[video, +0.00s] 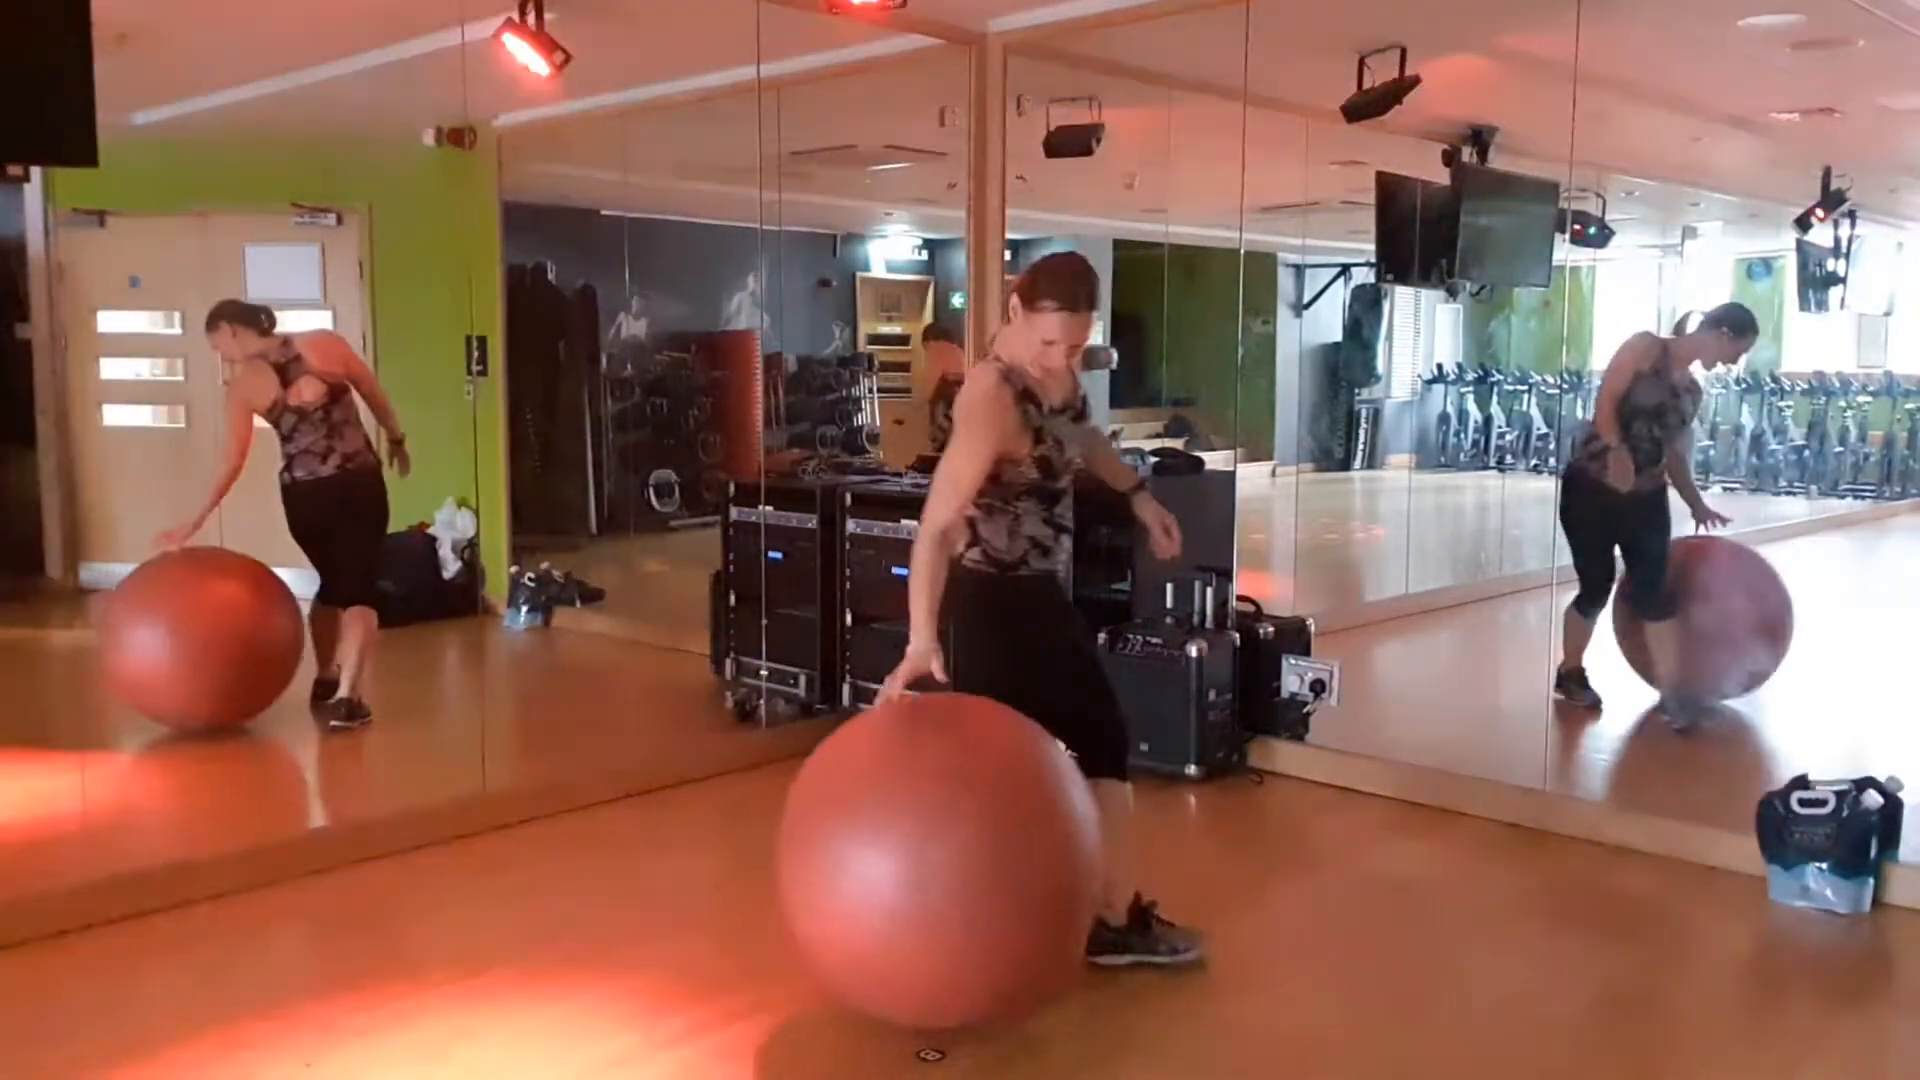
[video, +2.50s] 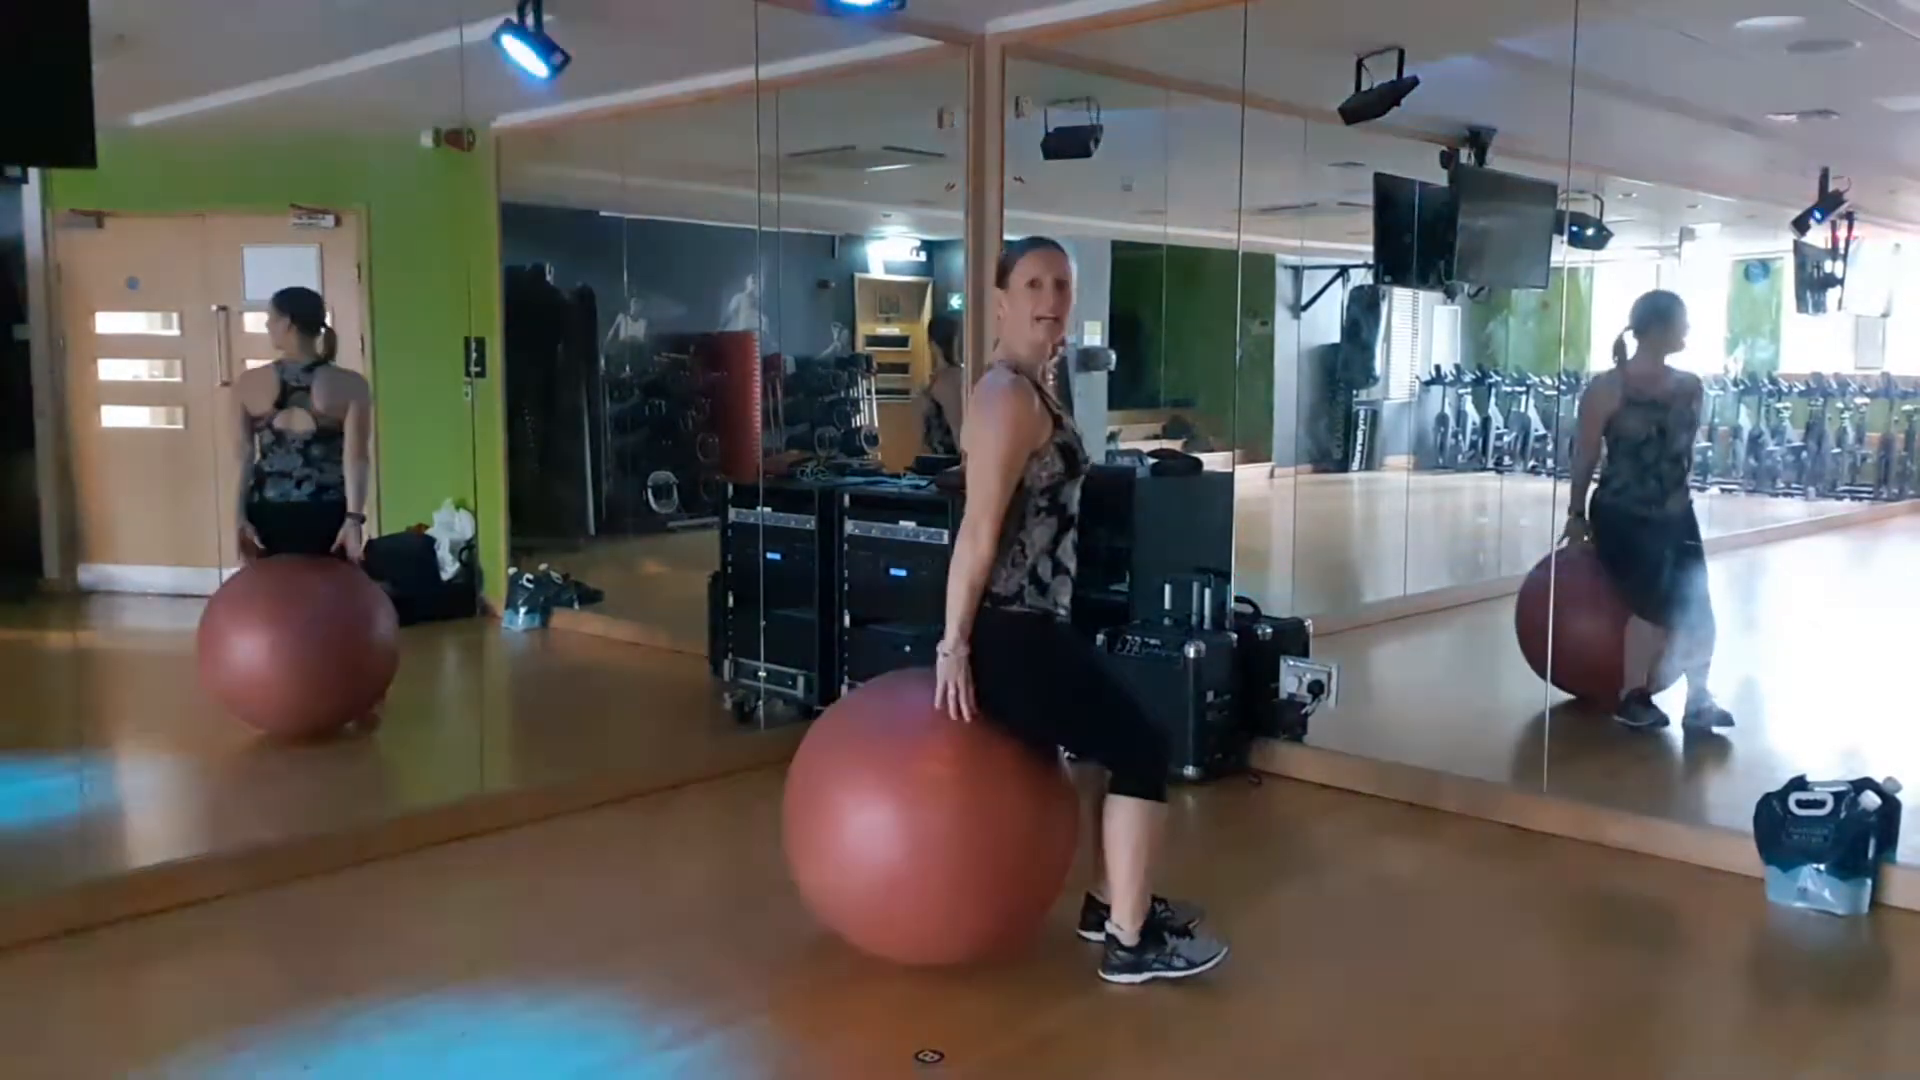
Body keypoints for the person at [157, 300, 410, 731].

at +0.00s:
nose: (218, 355)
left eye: (216, 344)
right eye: (213, 347)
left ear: (233, 330)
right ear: (247, 324)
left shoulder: (245, 381)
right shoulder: (325, 344)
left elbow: (234, 463)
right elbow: (372, 392)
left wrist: (192, 525)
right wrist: (395, 436)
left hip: (303, 491)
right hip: (359, 481)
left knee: (333, 585)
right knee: (358, 590)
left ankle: (328, 675)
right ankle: (347, 695)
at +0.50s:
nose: (260, 350)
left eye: (261, 339)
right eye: (258, 341)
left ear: (282, 327)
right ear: (295, 324)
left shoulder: (280, 386)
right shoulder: (364, 364)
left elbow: (280, 454)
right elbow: (393, 427)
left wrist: (279, 509)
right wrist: (409, 482)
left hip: (313, 506)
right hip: (363, 503)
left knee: (318, 594)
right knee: (370, 592)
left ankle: (326, 681)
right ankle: (376, 676)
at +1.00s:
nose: (290, 373)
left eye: (293, 364)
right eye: (291, 365)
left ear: (310, 361)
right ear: (336, 367)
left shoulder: (274, 417)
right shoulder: (374, 424)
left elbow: (261, 482)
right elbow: (367, 483)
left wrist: (252, 541)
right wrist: (347, 539)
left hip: (280, 546)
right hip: (339, 545)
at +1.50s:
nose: (270, 385)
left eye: (270, 377)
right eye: (270, 378)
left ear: (278, 376)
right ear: (317, 381)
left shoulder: (247, 434)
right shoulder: (350, 433)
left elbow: (220, 495)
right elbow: (343, 498)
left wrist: (221, 565)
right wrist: (326, 560)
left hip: (254, 571)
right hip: (320, 570)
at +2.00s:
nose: (273, 375)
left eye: (278, 367)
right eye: (275, 367)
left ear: (294, 371)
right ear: (323, 373)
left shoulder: (253, 427)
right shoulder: (355, 428)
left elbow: (233, 491)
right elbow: (350, 492)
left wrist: (231, 558)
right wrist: (334, 553)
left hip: (265, 561)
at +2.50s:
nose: (268, 326)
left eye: (272, 318)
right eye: (269, 318)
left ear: (288, 324)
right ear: (317, 325)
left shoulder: (250, 384)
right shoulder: (351, 385)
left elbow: (244, 457)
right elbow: (357, 457)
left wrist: (241, 517)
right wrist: (355, 518)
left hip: (269, 517)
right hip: (328, 518)